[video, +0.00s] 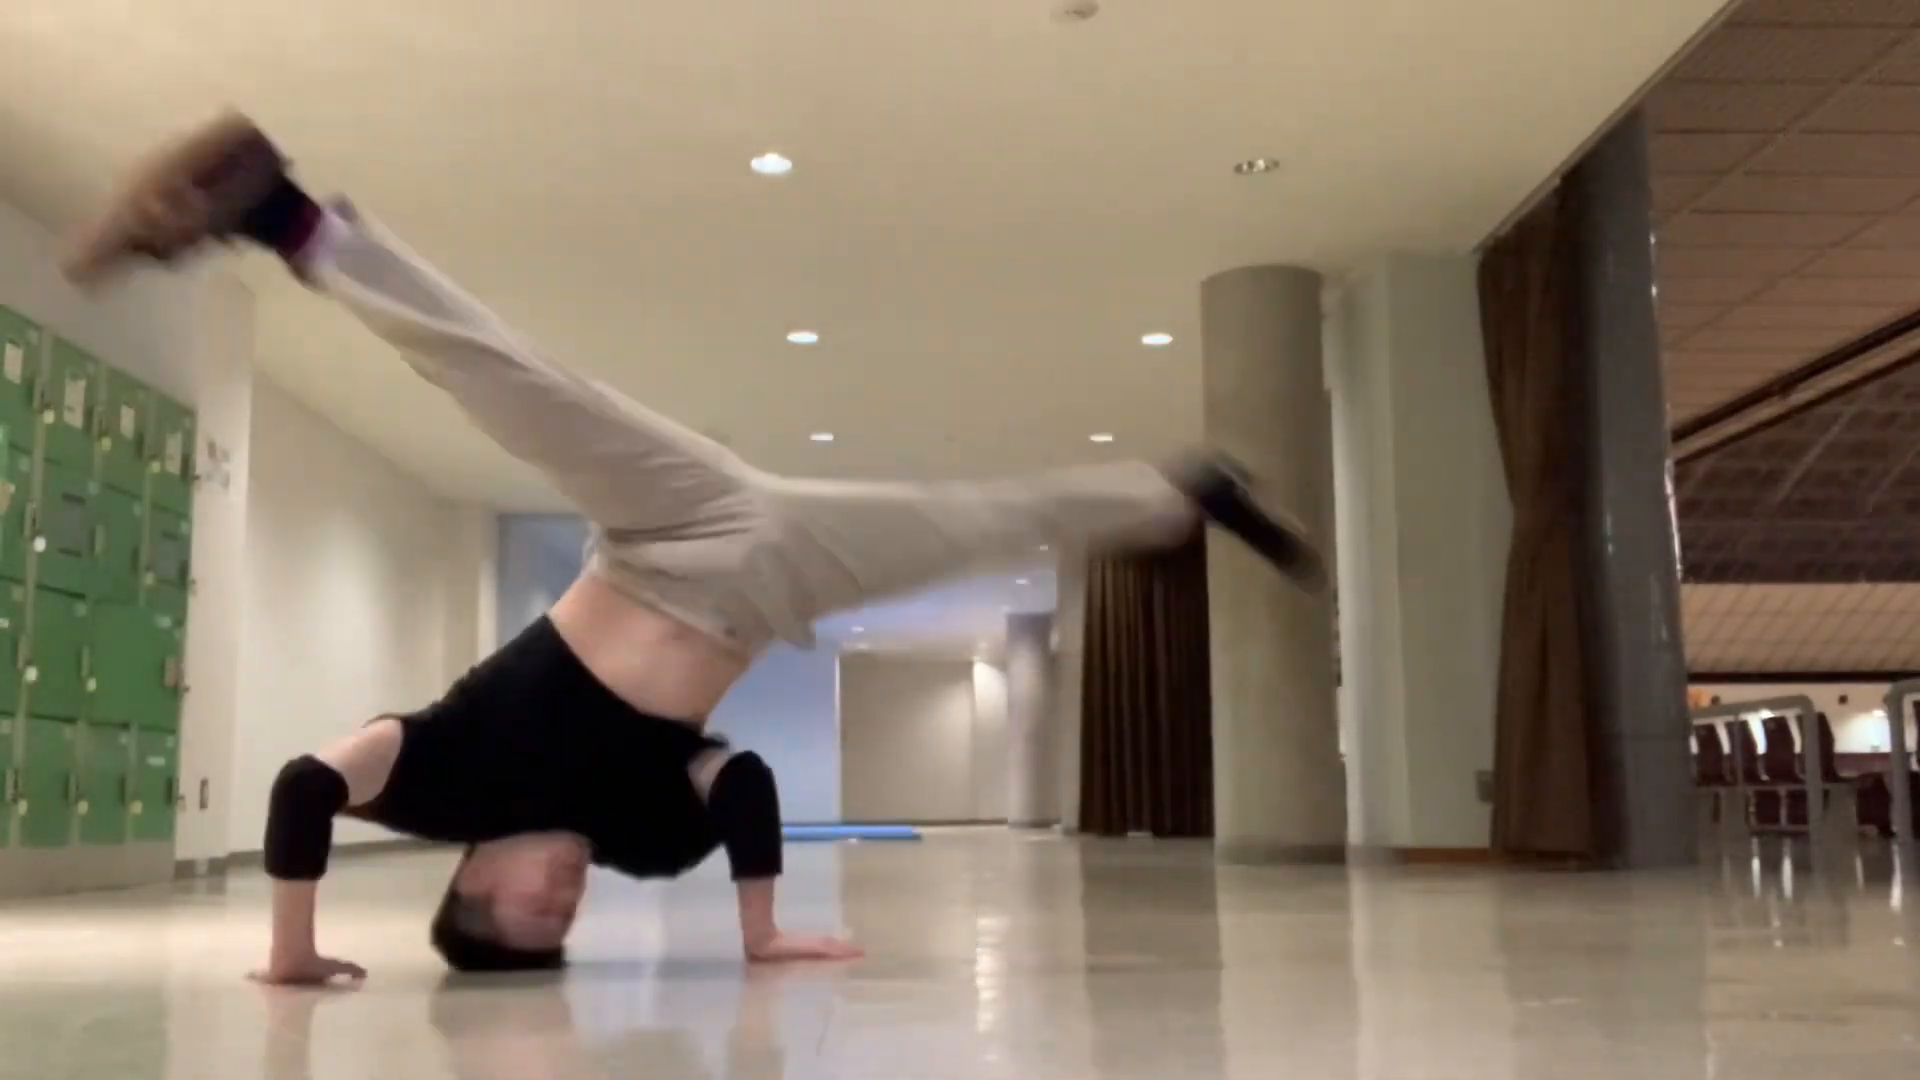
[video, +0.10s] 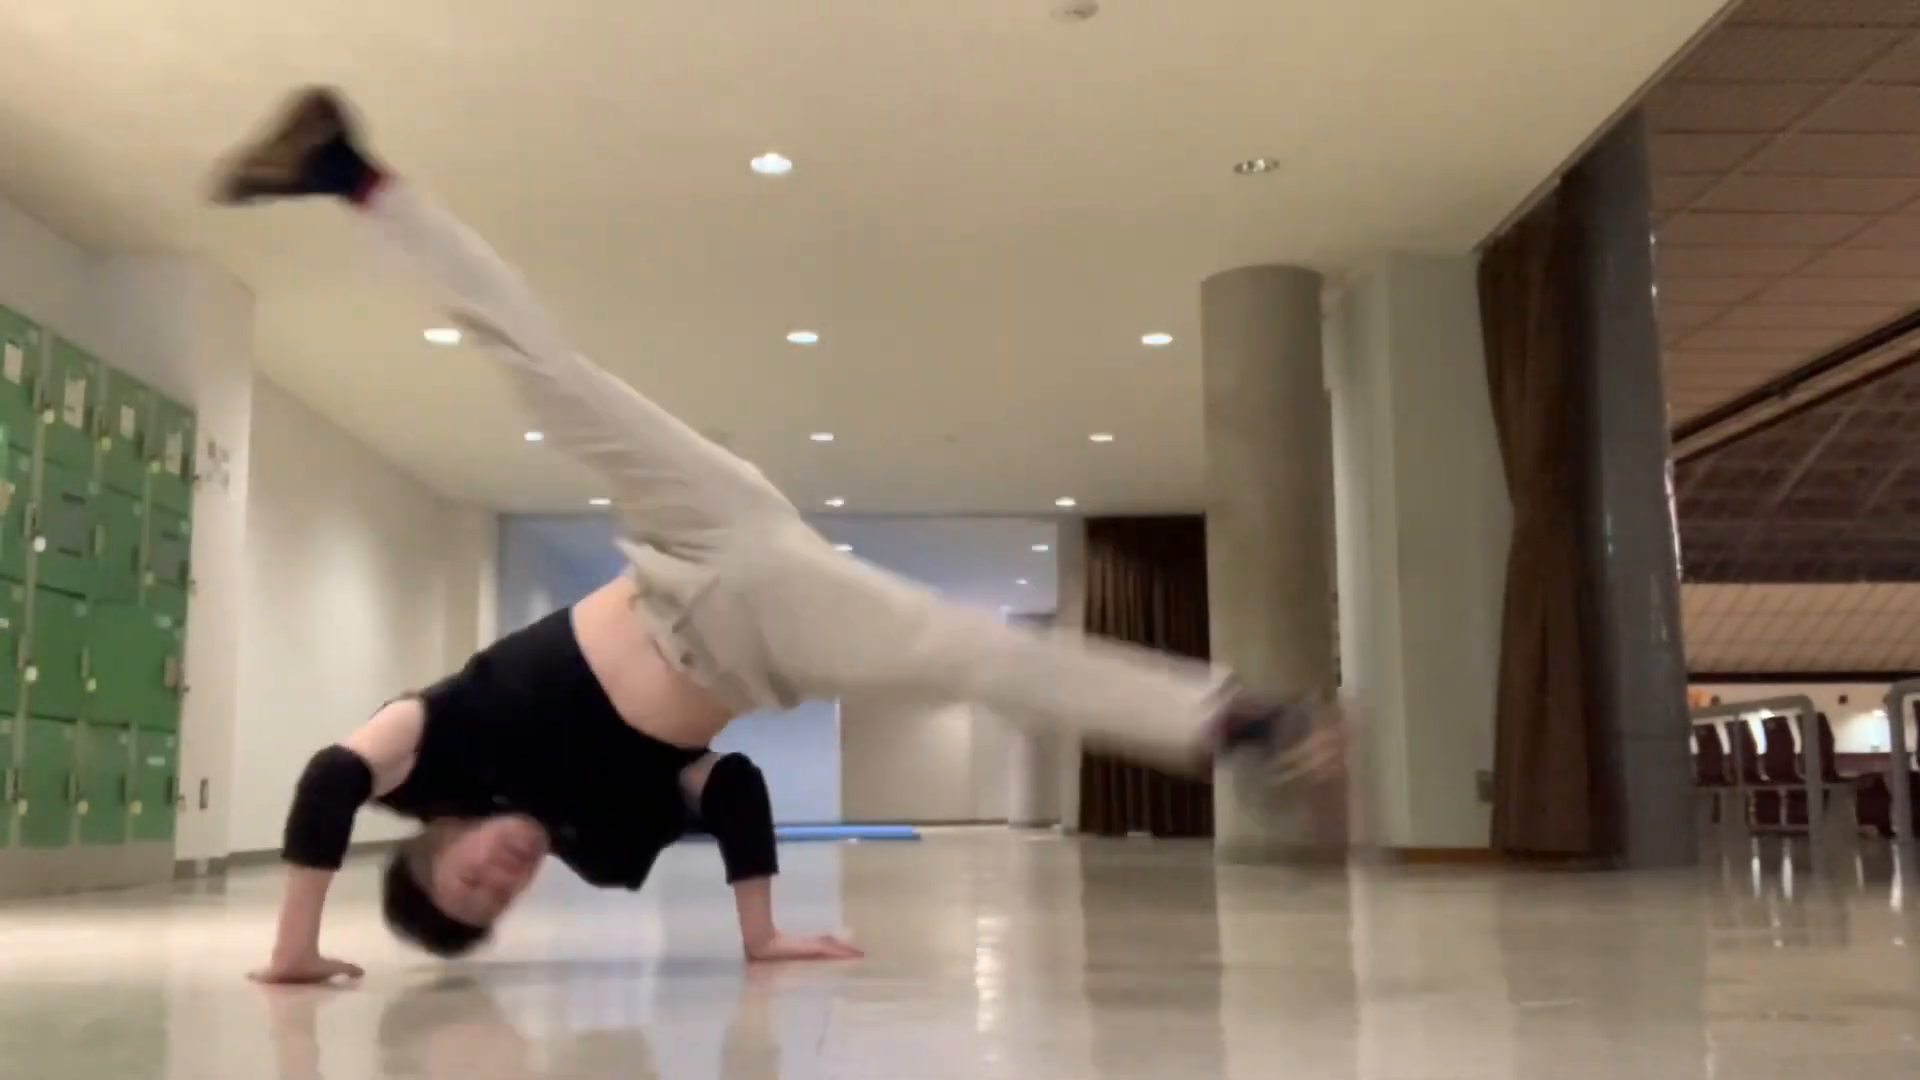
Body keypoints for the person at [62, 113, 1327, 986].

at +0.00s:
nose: (524, 896)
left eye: (490, 909)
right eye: (527, 917)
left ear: (468, 882)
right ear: (548, 903)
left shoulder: (435, 782)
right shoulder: (649, 836)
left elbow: (302, 792)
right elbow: (749, 786)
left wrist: (291, 950)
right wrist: (763, 940)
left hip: (669, 518)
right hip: (766, 589)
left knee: (499, 369)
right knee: (990, 519)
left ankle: (287, 218)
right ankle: (1193, 497)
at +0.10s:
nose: (484, 869)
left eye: (453, 873)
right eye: (485, 893)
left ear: (434, 842)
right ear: (508, 888)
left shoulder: (449, 742)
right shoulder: (612, 836)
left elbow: (332, 781)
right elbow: (733, 782)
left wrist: (293, 938)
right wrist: (762, 940)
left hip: (698, 532)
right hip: (751, 624)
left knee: (539, 362)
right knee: (983, 657)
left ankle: (359, 183)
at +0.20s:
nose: (464, 779)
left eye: (453, 769)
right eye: (463, 800)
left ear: (464, 734)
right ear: (490, 810)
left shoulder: (504, 662)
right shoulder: (607, 800)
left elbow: (396, 704)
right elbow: (745, 799)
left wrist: (332, 856)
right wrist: (764, 940)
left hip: (744, 570)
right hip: (759, 673)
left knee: (644, 399)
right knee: (674, 769)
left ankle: (558, 205)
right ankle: (661, 896)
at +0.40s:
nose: (732, 462)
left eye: (737, 452)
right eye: (734, 457)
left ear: (753, 474)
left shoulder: (760, 519)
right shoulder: (782, 703)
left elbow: (669, 391)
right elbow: (778, 798)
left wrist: (696, 438)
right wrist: (763, 933)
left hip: (578, 656)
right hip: (537, 794)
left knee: (595, 393)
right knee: (326, 845)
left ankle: (567, 139)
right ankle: (94, 934)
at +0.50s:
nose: (726, 479)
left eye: (736, 463)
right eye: (730, 464)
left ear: (777, 466)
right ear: (835, 487)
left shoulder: (764, 512)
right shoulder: (828, 653)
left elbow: (697, 584)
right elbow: (791, 794)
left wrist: (609, 593)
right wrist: (762, 936)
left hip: (515, 673)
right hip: (527, 780)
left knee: (434, 404)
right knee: (370, 829)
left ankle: (359, 133)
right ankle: (394, 837)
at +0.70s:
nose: (581, 479)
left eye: (584, 456)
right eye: (586, 455)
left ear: (615, 464)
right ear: (696, 457)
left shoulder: (584, 574)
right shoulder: (771, 579)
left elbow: (547, 772)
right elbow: (789, 753)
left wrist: (507, 955)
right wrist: (774, 910)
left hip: (525, 758)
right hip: (636, 808)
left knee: (295, 787)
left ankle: (103, 847)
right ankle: (680, 329)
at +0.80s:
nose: (418, 479)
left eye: (414, 459)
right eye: (411, 460)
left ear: (439, 458)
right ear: (510, 418)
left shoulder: (455, 574)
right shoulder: (654, 483)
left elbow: (498, 761)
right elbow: (774, 633)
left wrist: (504, 953)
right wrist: (817, 699)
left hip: (573, 812)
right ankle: (533, 328)